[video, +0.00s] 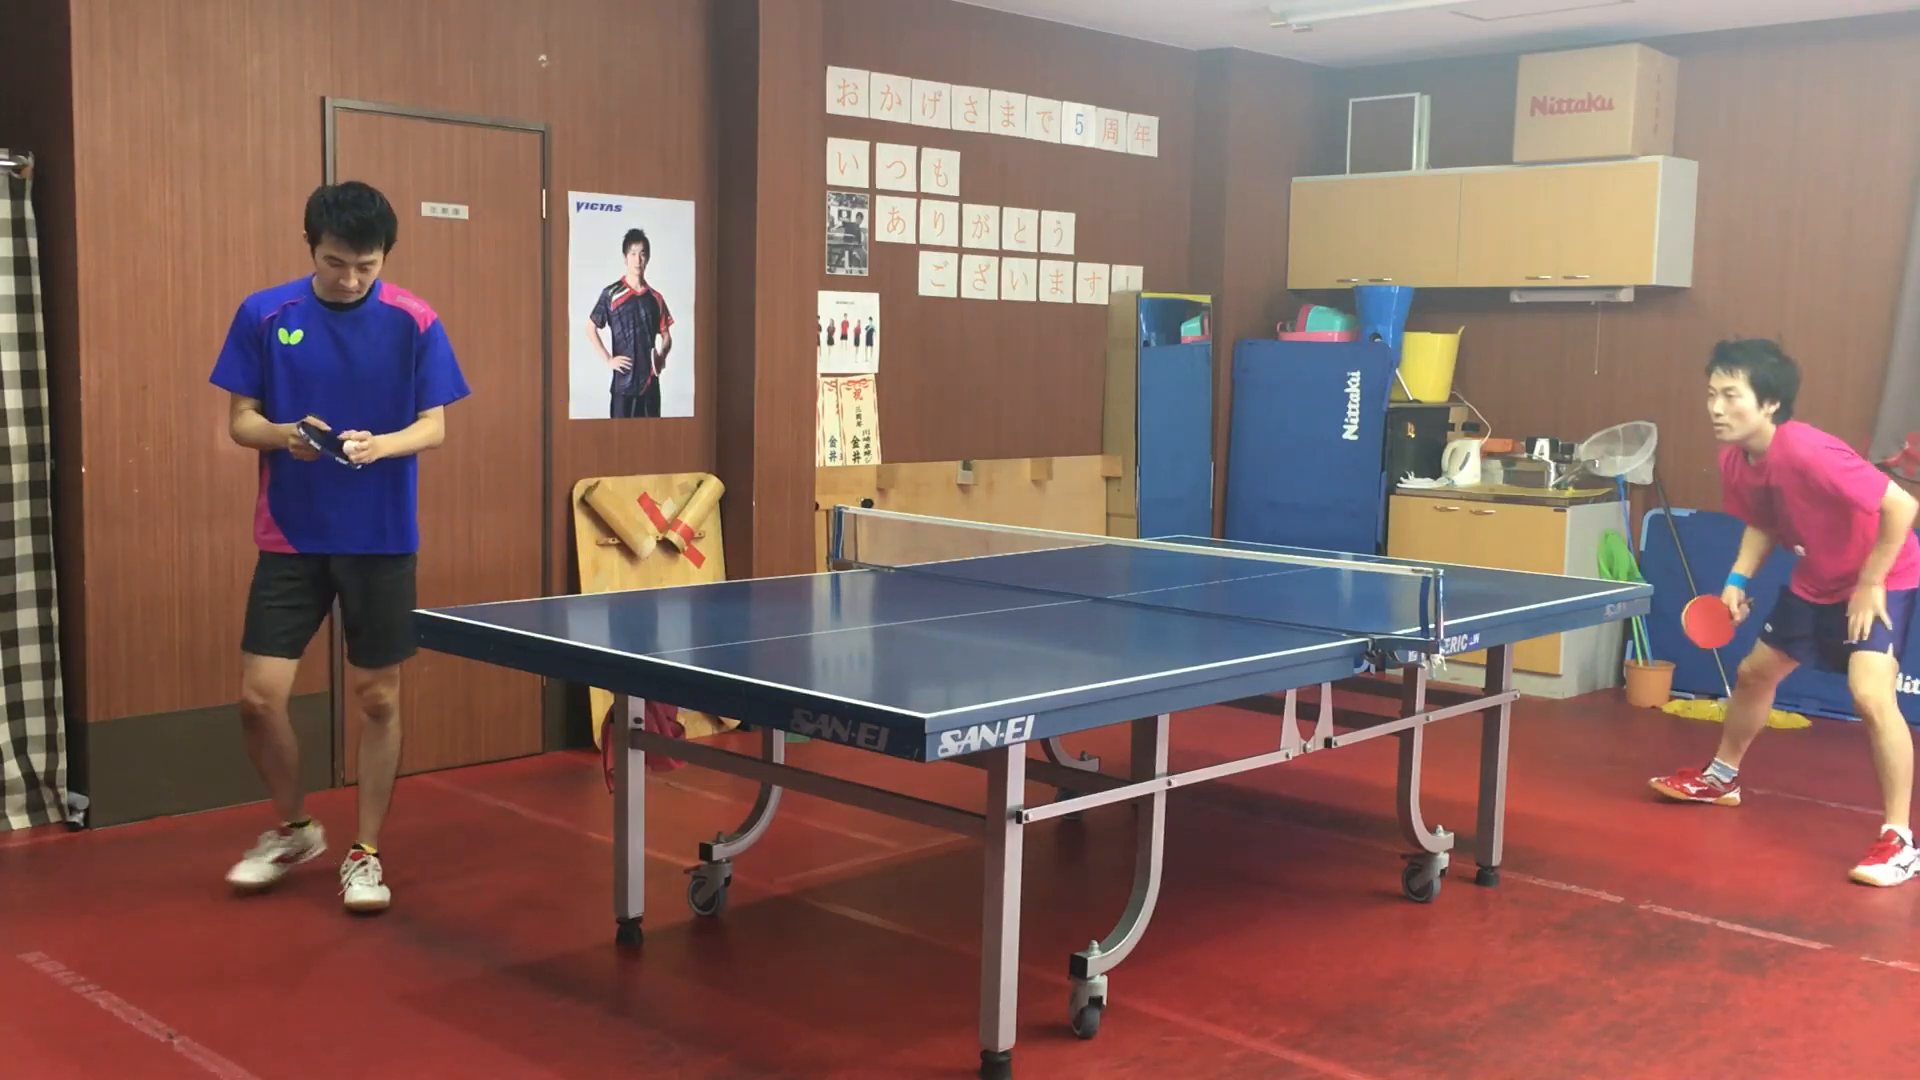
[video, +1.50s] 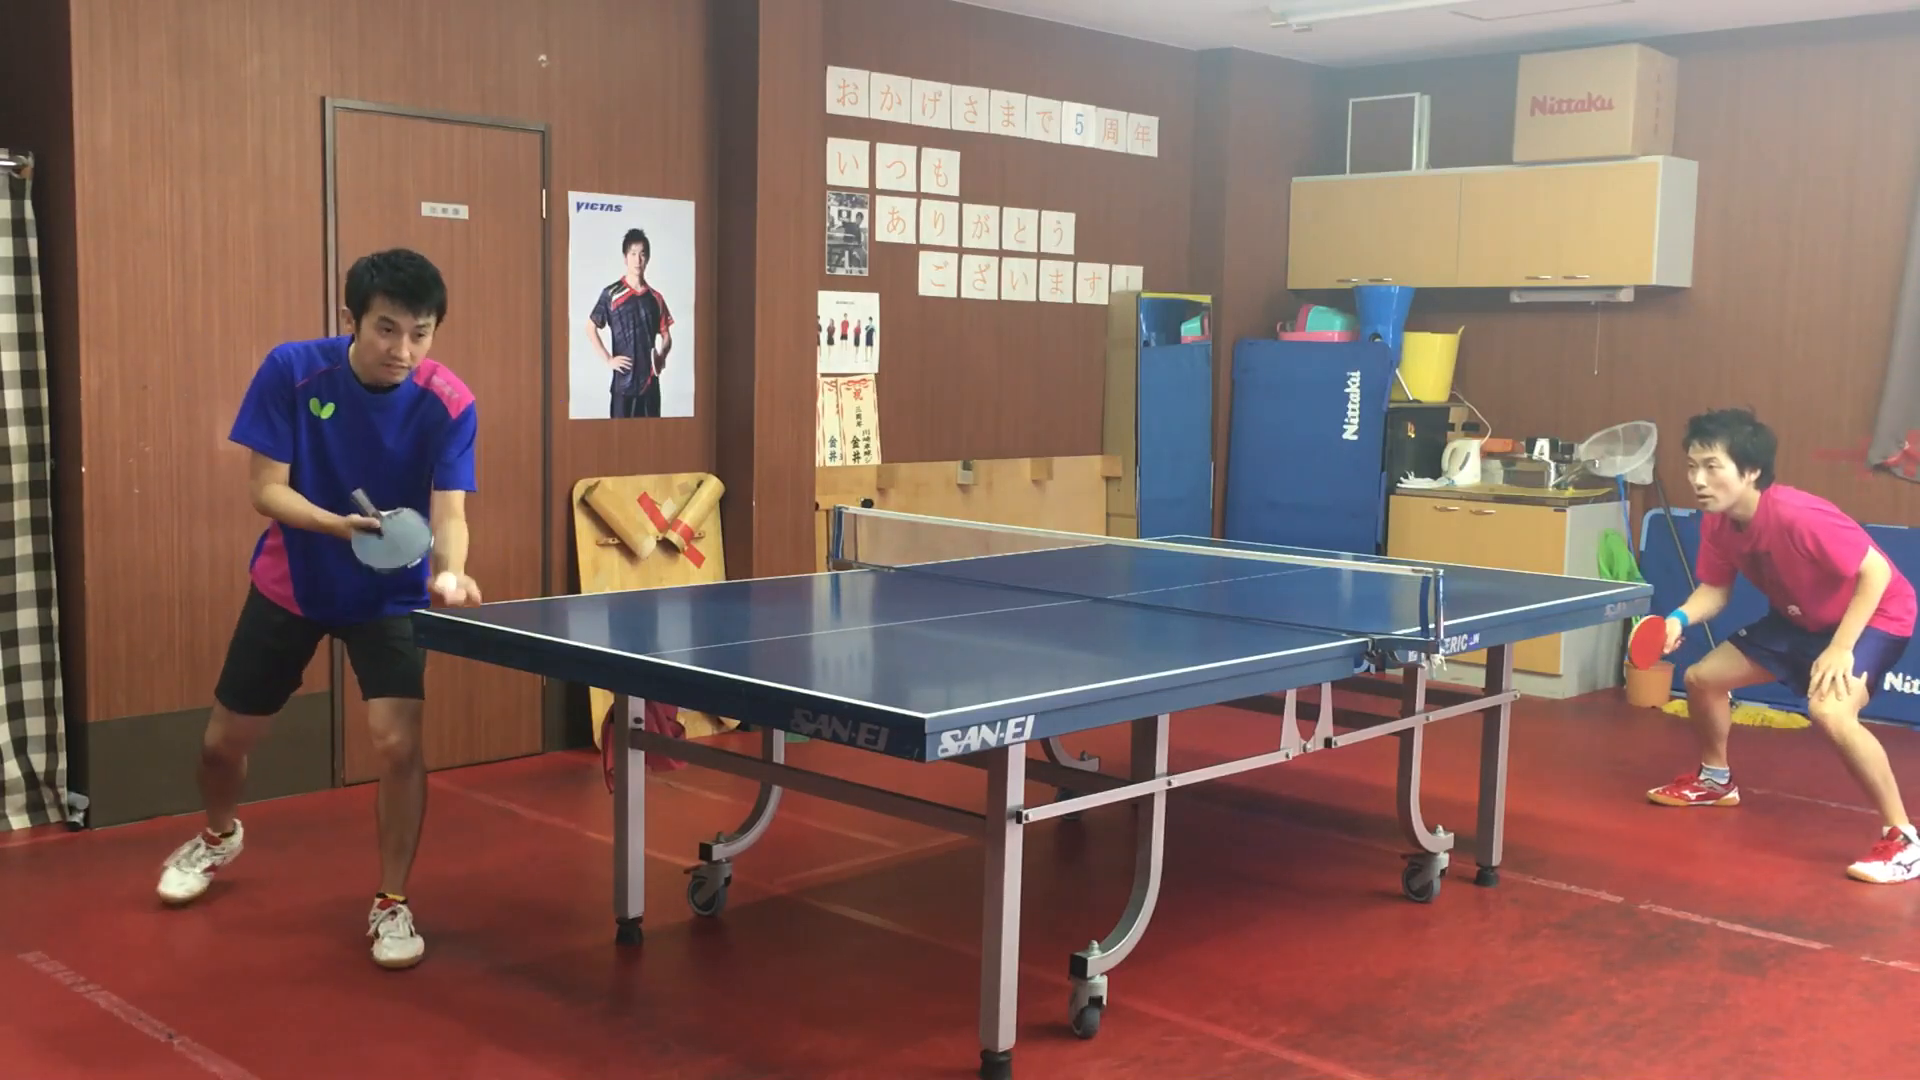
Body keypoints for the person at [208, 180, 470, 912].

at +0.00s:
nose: (350, 281)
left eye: (365, 267)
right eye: (337, 265)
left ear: (385, 254)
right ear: (312, 247)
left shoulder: (413, 320)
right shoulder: (265, 316)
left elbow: (435, 427)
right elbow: (240, 423)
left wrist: (383, 445)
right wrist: (288, 436)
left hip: (379, 547)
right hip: (291, 545)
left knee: (378, 699)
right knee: (259, 696)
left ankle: (367, 851)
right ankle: (292, 829)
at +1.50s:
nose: (401, 351)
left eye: (418, 334)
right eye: (386, 331)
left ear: (433, 330)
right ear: (354, 320)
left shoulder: (448, 402)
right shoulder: (293, 371)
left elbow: (451, 517)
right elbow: (267, 492)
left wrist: (452, 570)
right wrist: (336, 523)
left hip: (387, 595)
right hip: (291, 583)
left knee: (400, 748)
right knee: (221, 745)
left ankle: (392, 901)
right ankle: (219, 836)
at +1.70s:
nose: (361, 336)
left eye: (376, 320)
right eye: (344, 317)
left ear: (391, 322)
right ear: (311, 317)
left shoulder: (418, 395)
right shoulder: (263, 379)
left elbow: (440, 483)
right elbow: (250, 497)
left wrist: (449, 534)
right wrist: (320, 518)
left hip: (380, 599)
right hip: (282, 595)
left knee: (397, 746)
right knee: (204, 754)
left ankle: (392, 902)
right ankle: (180, 837)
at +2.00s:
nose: (262, 319)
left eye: (273, 301)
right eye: (241, 305)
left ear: (291, 307)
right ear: (211, 319)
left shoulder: (332, 373)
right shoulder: (184, 396)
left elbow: (419, 442)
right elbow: (178, 500)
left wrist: (374, 420)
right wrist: (201, 530)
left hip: (335, 595)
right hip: (237, 602)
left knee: (373, 733)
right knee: (177, 763)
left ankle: (391, 899)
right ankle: (180, 853)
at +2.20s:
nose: (201, 319)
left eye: (210, 301)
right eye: (178, 309)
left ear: (232, 309)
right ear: (154, 331)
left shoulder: (286, 387)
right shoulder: (148, 396)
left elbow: (388, 460)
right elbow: (137, 467)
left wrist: (340, 514)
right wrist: (68, 495)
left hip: (308, 593)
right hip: (210, 602)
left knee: (361, 727)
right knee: (157, 764)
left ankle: (392, 897)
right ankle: (179, 852)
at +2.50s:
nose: (218, 407)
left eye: (225, 388)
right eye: (196, 397)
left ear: (238, 374)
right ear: (162, 401)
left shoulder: (290, 439)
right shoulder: (135, 440)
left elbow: (378, 498)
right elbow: (40, 490)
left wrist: (340, 594)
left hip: (313, 638)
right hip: (209, 654)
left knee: (398, 742)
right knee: (150, 817)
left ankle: (348, 907)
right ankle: (178, 849)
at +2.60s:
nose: (291, 389)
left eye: (292, 373)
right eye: (275, 378)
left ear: (296, 368)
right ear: (217, 388)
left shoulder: (322, 429)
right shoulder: (156, 470)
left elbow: (365, 495)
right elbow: (144, 572)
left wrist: (365, 578)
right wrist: (175, 615)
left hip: (329, 644)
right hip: (226, 663)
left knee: (403, 759)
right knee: (184, 825)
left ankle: (354, 906)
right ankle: (166, 849)